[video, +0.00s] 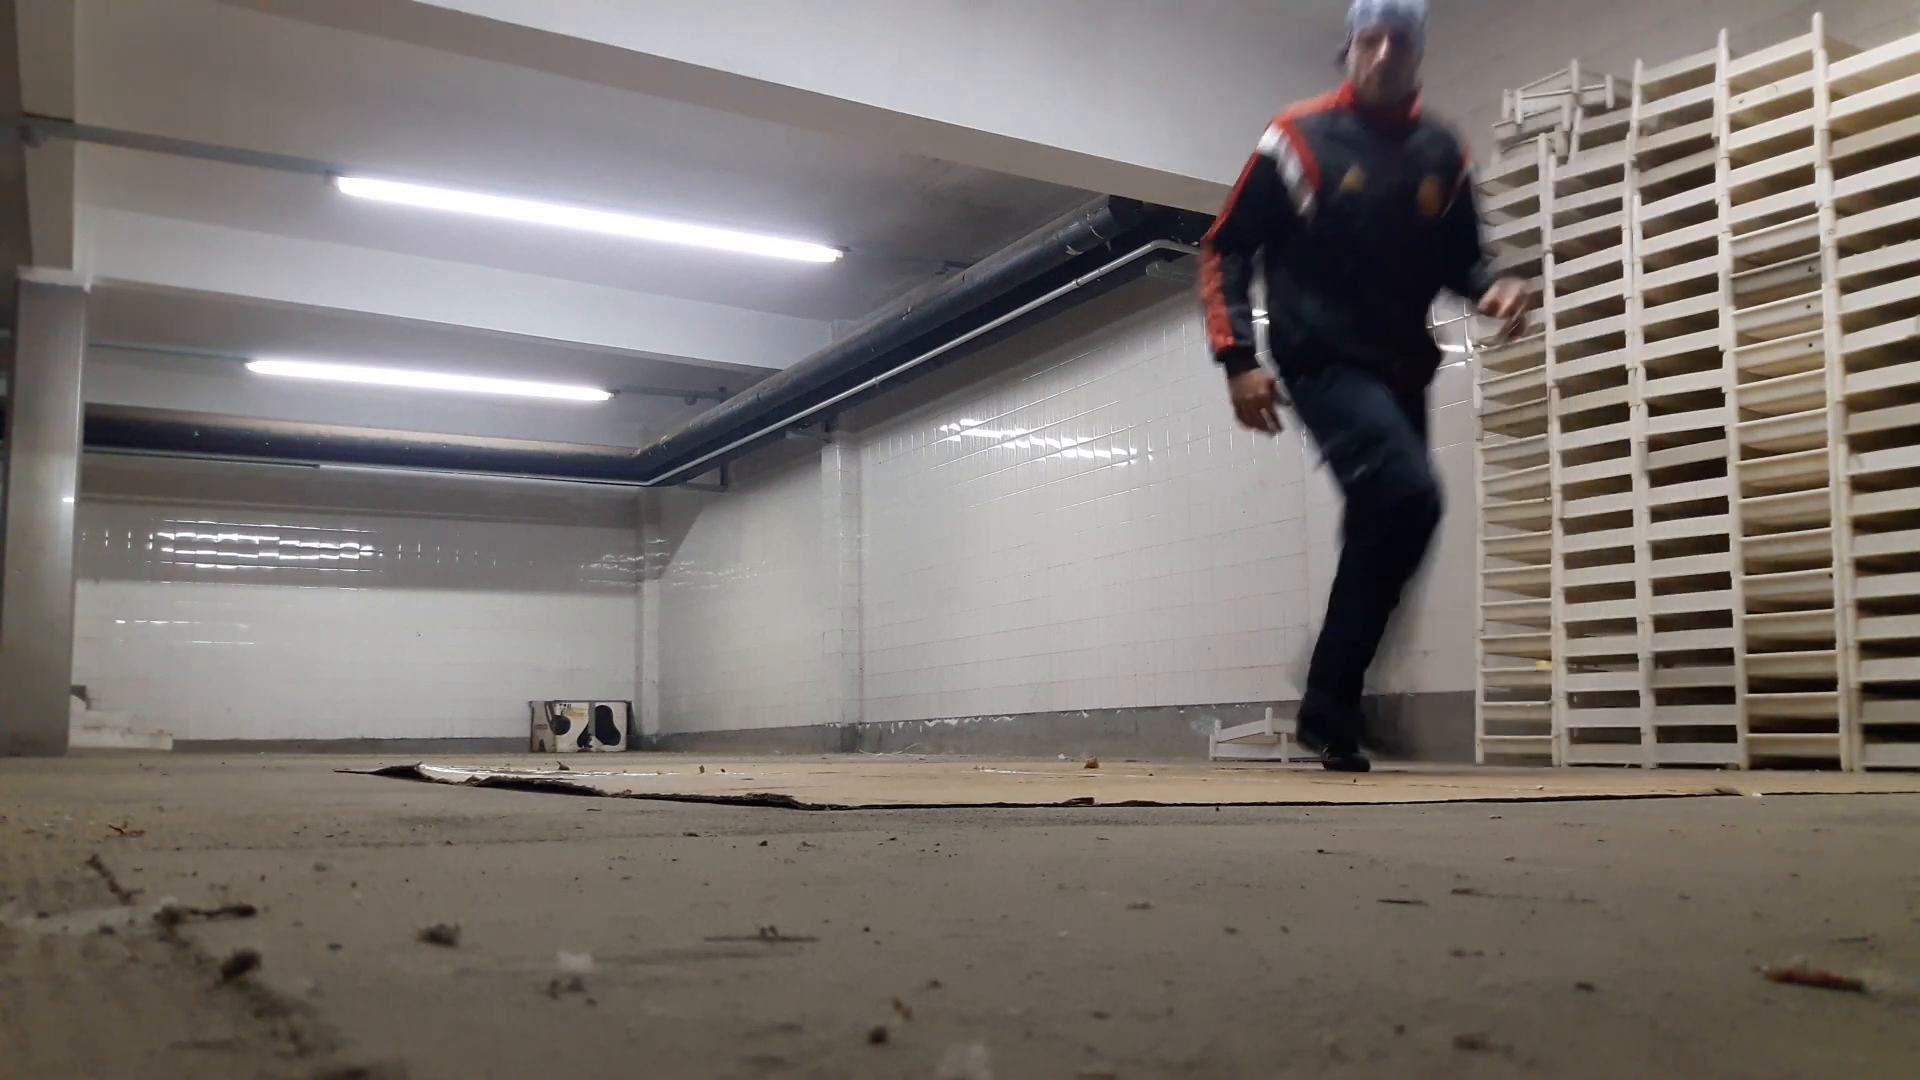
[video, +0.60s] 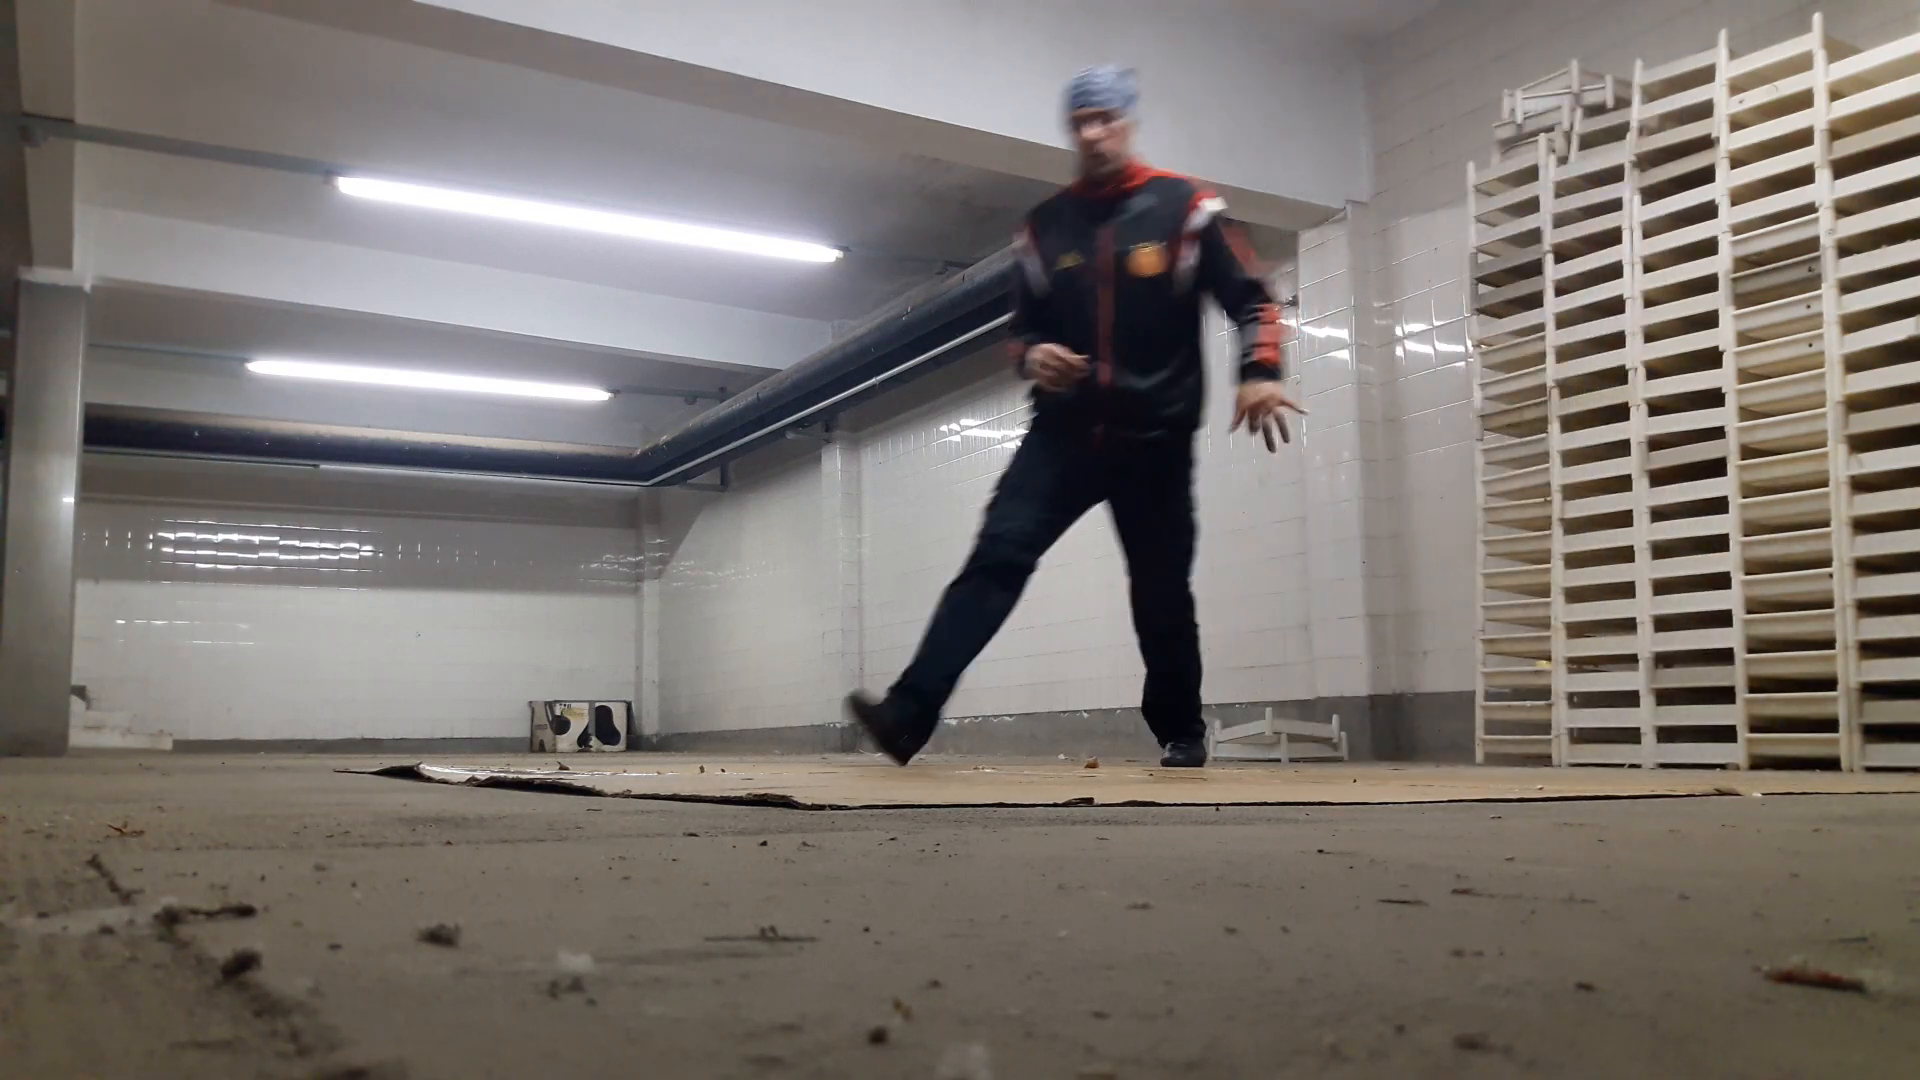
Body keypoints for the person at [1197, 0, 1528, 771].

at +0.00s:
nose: (1385, 56)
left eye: (1401, 43)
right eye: (1371, 41)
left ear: (1422, 56)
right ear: (1347, 52)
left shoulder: (1441, 149)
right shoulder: (1298, 137)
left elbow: (1459, 260)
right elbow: (1224, 250)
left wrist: (1495, 287)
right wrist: (1237, 361)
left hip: (1401, 366)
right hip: (1321, 361)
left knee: (1377, 540)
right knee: (1407, 495)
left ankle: (1329, 714)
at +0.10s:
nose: (1358, 108)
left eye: (1373, 95)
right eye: (1345, 94)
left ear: (1393, 106)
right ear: (1322, 101)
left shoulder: (1395, 202)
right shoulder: (1272, 184)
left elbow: (1394, 324)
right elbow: (1189, 288)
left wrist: (1444, 362)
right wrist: (1230, 368)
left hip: (1365, 417)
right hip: (1289, 410)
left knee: (1384, 574)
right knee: (1348, 555)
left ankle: (1317, 735)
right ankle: (1209, 579)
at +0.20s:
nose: (1321, 103)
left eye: (1335, 92)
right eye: (1307, 90)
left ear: (1351, 107)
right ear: (1285, 98)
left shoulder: (1357, 196)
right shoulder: (1239, 178)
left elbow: (1343, 307)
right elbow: (1154, 263)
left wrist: (1384, 353)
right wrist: (1227, 307)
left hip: (1324, 415)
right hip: (1246, 408)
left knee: (1348, 569)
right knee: (1255, 552)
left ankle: (1316, 736)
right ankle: (1146, 537)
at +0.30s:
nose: (1277, 60)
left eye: (1290, 49)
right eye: (1263, 48)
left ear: (1309, 62)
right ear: (1242, 60)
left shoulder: (1325, 153)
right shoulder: (1198, 138)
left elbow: (1322, 259)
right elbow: (1112, 221)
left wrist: (1334, 308)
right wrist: (1193, 256)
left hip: (1274, 372)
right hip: (1195, 364)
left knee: (1286, 539)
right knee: (1177, 503)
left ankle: (1294, 716)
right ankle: (1096, 580)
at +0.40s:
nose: (1222, 53)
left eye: (1235, 40)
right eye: (1208, 42)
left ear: (1256, 52)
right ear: (1190, 55)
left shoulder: (1286, 143)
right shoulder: (1146, 136)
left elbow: (1309, 247)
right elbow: (1075, 231)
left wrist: (1296, 287)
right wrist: (1140, 261)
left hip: (1237, 372)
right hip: (1149, 362)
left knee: (1246, 527)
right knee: (1105, 488)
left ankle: (1222, 693)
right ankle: (1043, 651)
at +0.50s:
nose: (1159, 89)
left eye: (1172, 75)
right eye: (1145, 79)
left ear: (1198, 79)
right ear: (1130, 89)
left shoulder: (1240, 172)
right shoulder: (1097, 175)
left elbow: (1288, 266)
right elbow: (1052, 281)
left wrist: (1277, 317)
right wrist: (1084, 317)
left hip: (1195, 396)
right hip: (1106, 390)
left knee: (1190, 569)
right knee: (1044, 520)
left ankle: (1183, 728)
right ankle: (970, 692)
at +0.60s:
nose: (1094, 134)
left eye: (1106, 120)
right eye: (1081, 124)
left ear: (1131, 123)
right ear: (1068, 134)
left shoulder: (1186, 207)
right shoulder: (1044, 227)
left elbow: (1251, 297)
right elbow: (1019, 333)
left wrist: (1260, 373)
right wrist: (1032, 356)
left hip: (1153, 441)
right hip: (1064, 436)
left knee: (1162, 596)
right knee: (997, 557)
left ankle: (1182, 735)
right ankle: (908, 716)